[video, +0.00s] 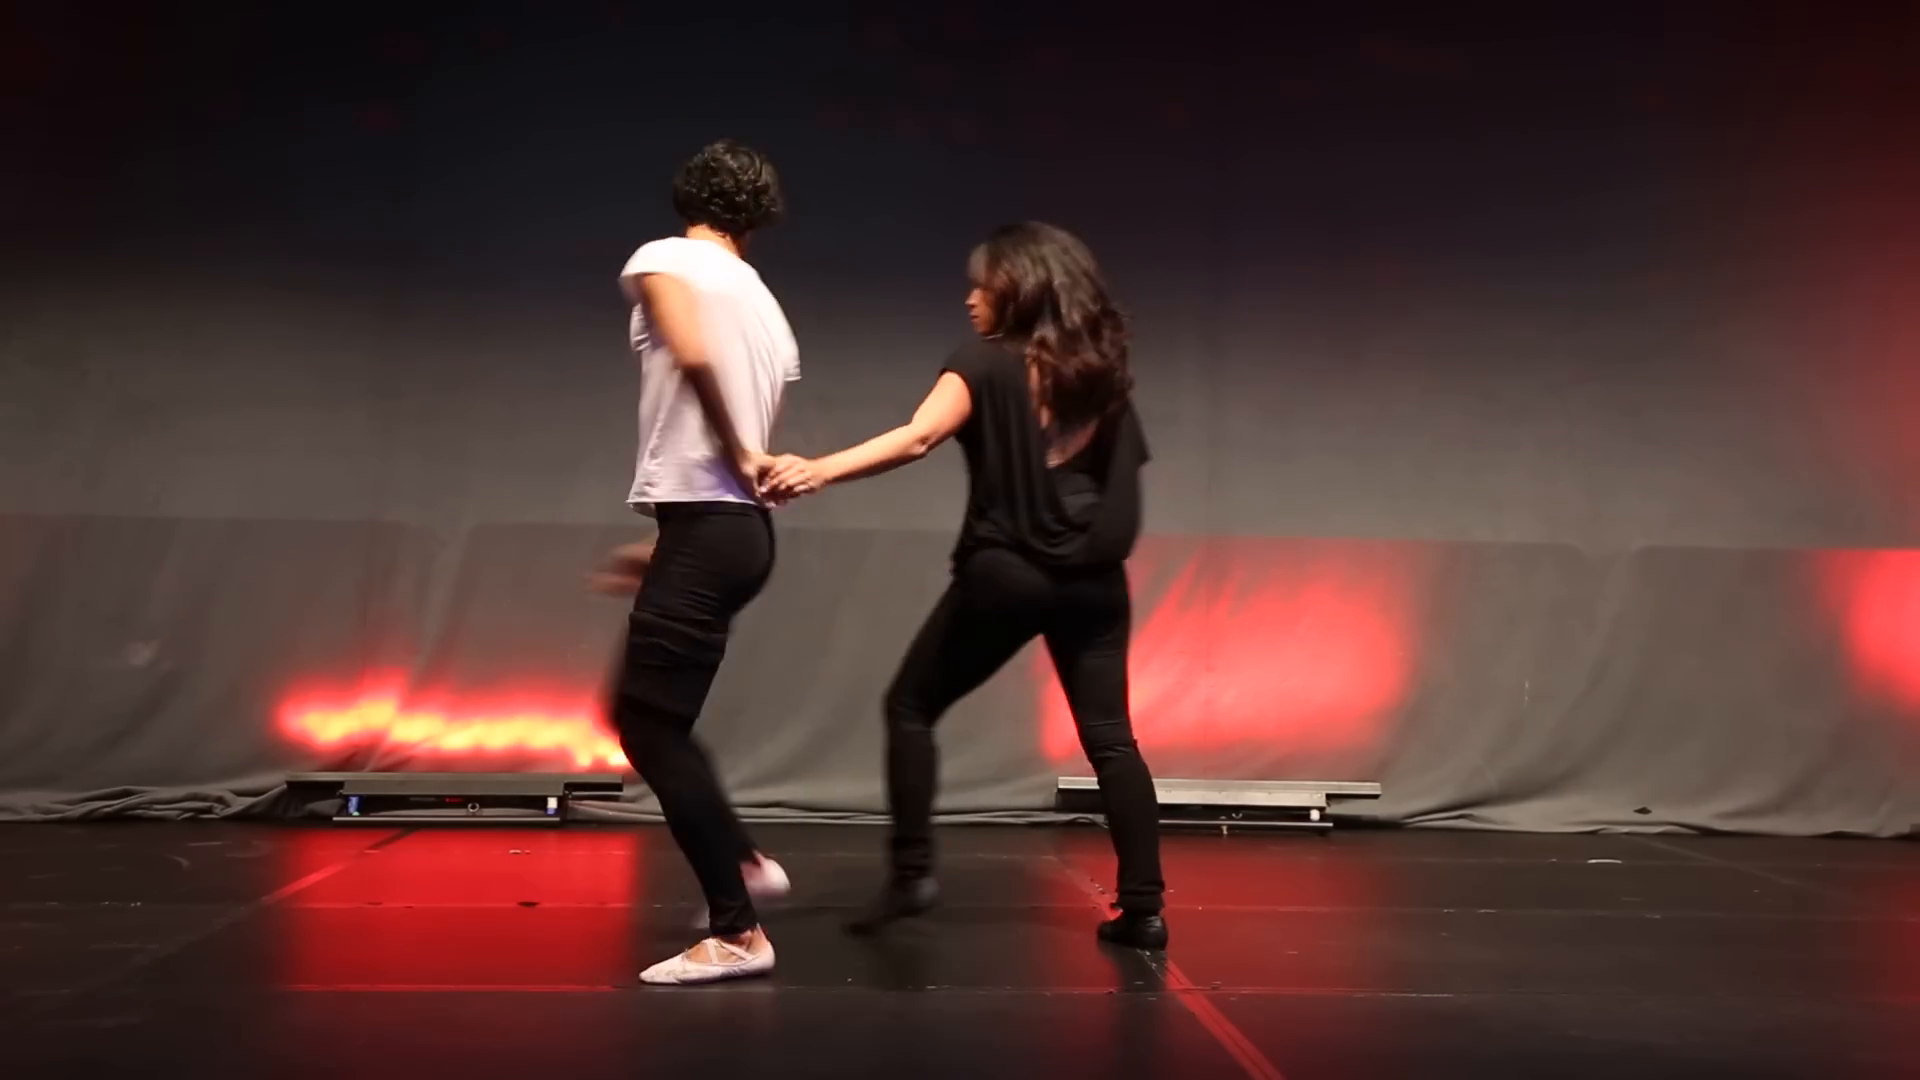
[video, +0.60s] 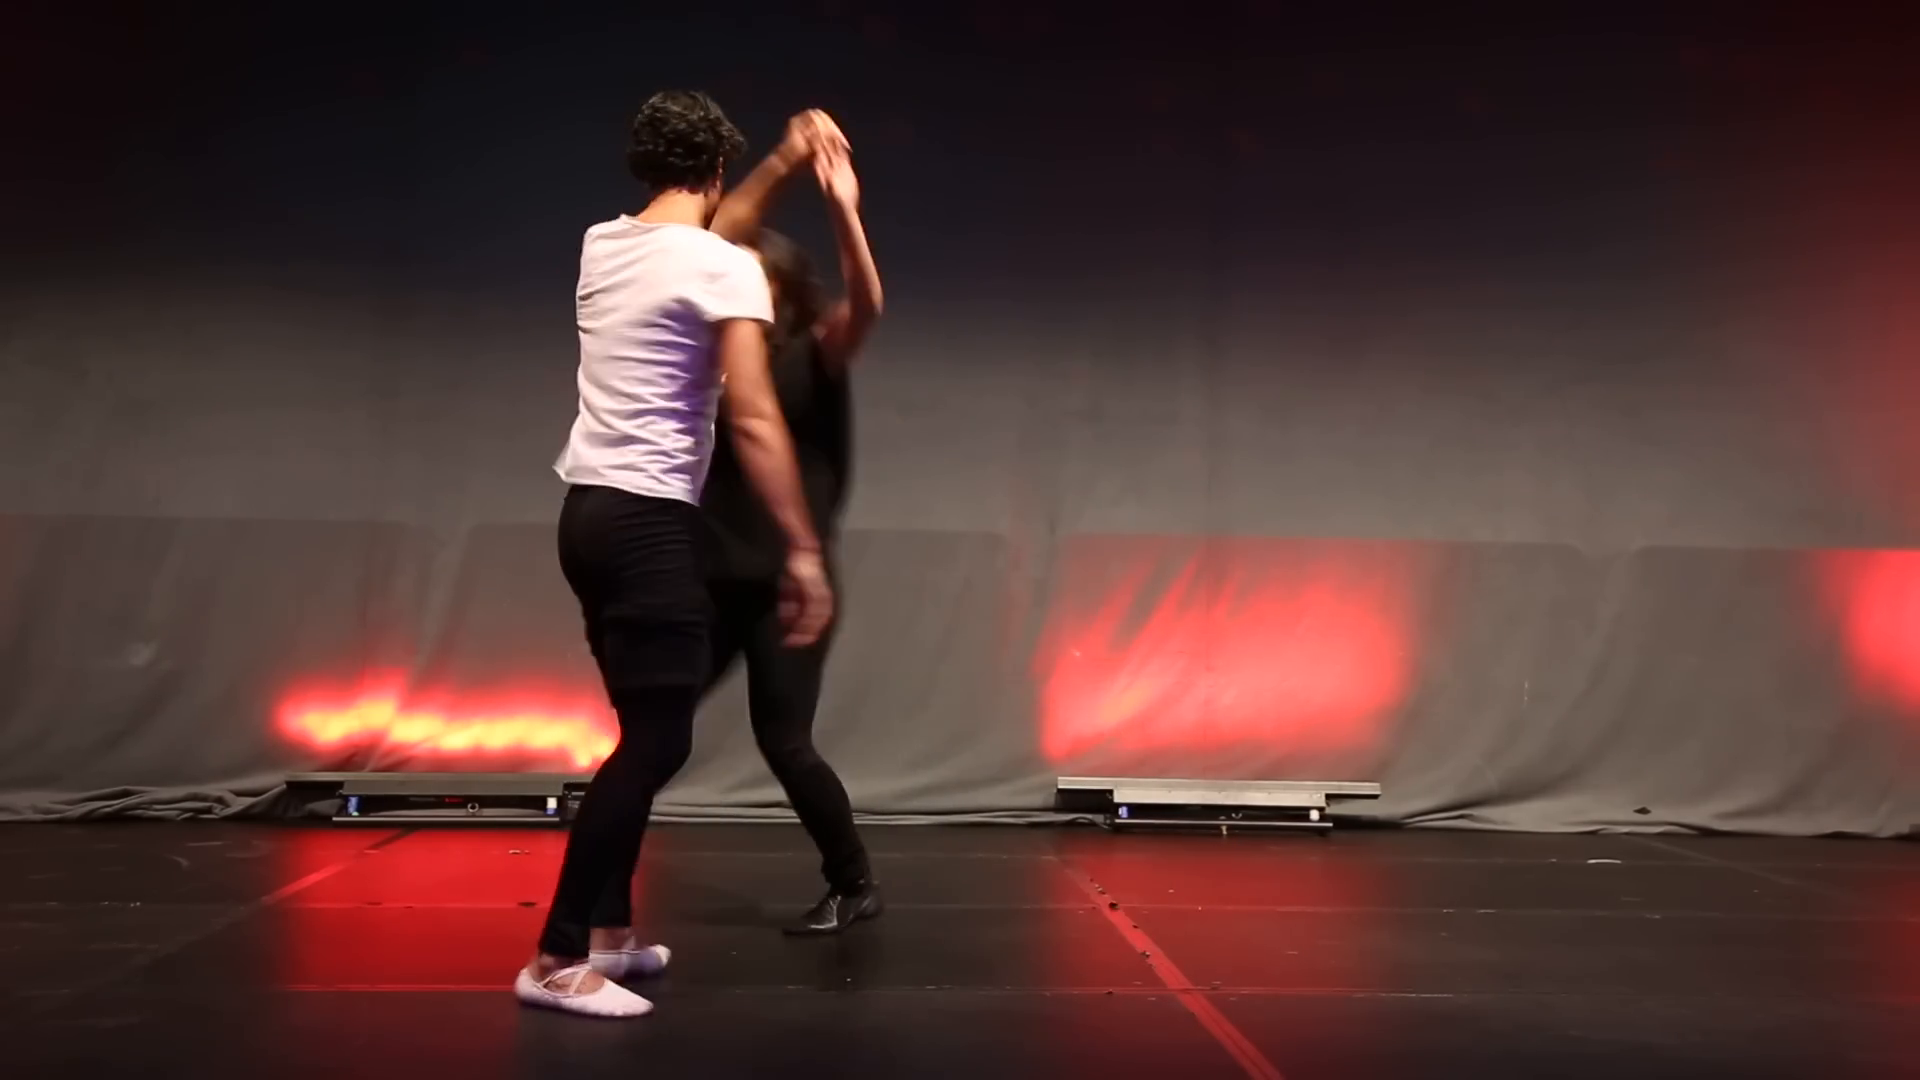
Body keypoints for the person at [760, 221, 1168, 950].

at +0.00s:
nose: (972, 299)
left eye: (981, 286)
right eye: (974, 284)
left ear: (1020, 289)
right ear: (1057, 289)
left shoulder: (981, 365)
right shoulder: (1103, 371)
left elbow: (917, 437)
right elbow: (1127, 469)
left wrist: (819, 470)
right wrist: (1092, 549)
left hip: (1000, 582)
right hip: (1092, 582)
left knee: (910, 706)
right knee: (1112, 739)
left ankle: (910, 875)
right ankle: (1144, 913)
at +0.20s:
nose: (897, 311)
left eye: (911, 299)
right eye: (900, 297)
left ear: (952, 306)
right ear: (970, 308)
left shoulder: (923, 378)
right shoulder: (1010, 381)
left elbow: (891, 455)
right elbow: (1030, 481)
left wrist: (825, 495)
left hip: (939, 594)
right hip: (1012, 595)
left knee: (827, 721)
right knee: (1058, 743)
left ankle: (861, 895)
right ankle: (1134, 895)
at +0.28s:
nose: (865, 309)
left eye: (881, 297)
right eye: (867, 295)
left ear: (919, 306)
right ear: (934, 310)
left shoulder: (900, 379)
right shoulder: (955, 382)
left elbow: (871, 454)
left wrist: (817, 480)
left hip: (887, 601)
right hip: (954, 601)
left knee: (800, 734)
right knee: (993, 739)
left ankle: (859, 894)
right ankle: (1108, 863)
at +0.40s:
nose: (820, 309)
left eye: (836, 296)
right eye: (818, 297)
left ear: (877, 306)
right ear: (817, 308)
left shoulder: (878, 385)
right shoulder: (838, 391)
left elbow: (848, 412)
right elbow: (807, 447)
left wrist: (839, 353)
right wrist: (755, 401)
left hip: (854, 589)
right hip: (845, 589)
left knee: (791, 743)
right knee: (813, 741)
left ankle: (859, 895)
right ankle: (952, 835)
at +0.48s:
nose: (778, 304)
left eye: (793, 293)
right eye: (778, 293)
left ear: (833, 308)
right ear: (780, 315)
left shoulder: (850, 386)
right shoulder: (785, 401)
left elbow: (870, 375)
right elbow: (731, 440)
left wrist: (860, 293)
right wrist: (667, 401)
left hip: (840, 590)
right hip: (800, 590)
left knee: (779, 743)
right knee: (728, 731)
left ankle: (859, 892)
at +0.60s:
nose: (745, 294)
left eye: (759, 280)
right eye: (740, 278)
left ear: (788, 292)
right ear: (730, 286)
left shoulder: (815, 353)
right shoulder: (715, 347)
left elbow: (864, 303)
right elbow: (719, 236)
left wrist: (844, 203)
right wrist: (782, 158)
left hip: (791, 565)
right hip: (713, 561)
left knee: (785, 740)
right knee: (651, 720)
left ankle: (852, 885)